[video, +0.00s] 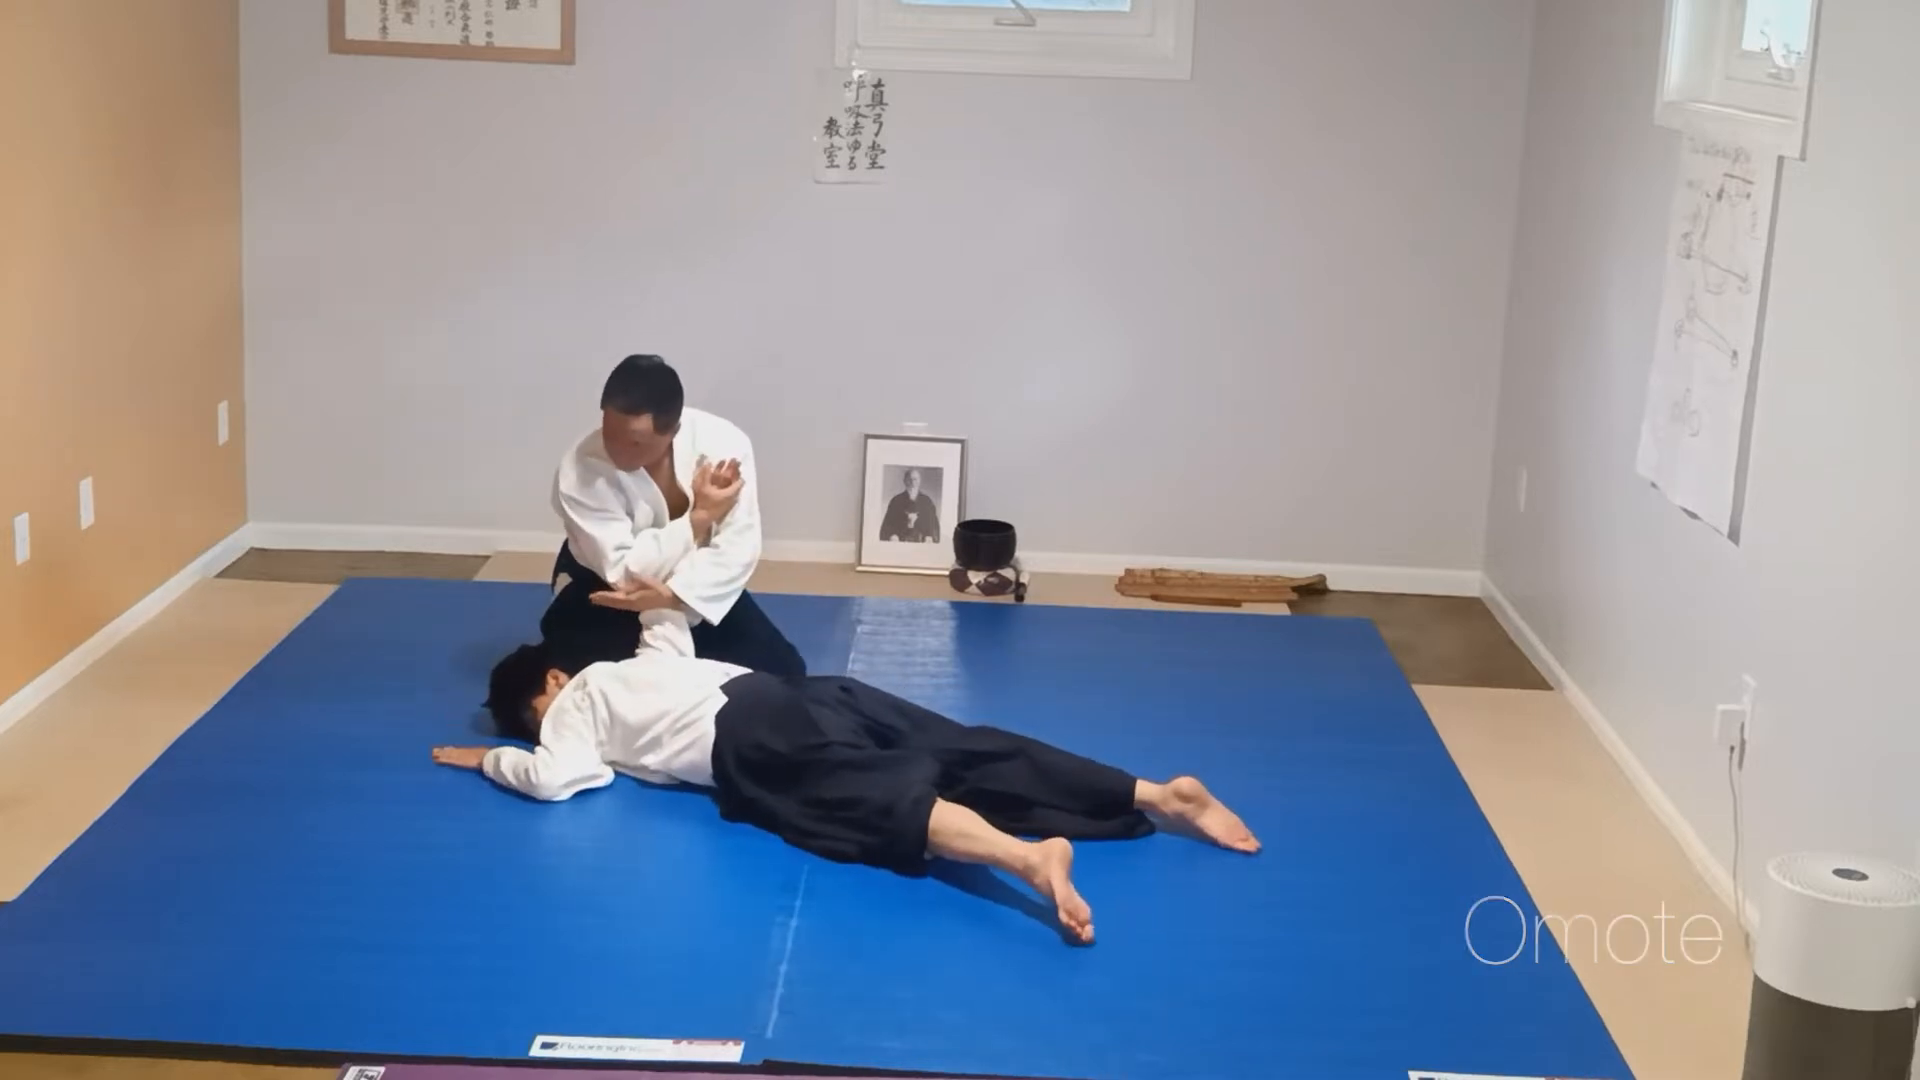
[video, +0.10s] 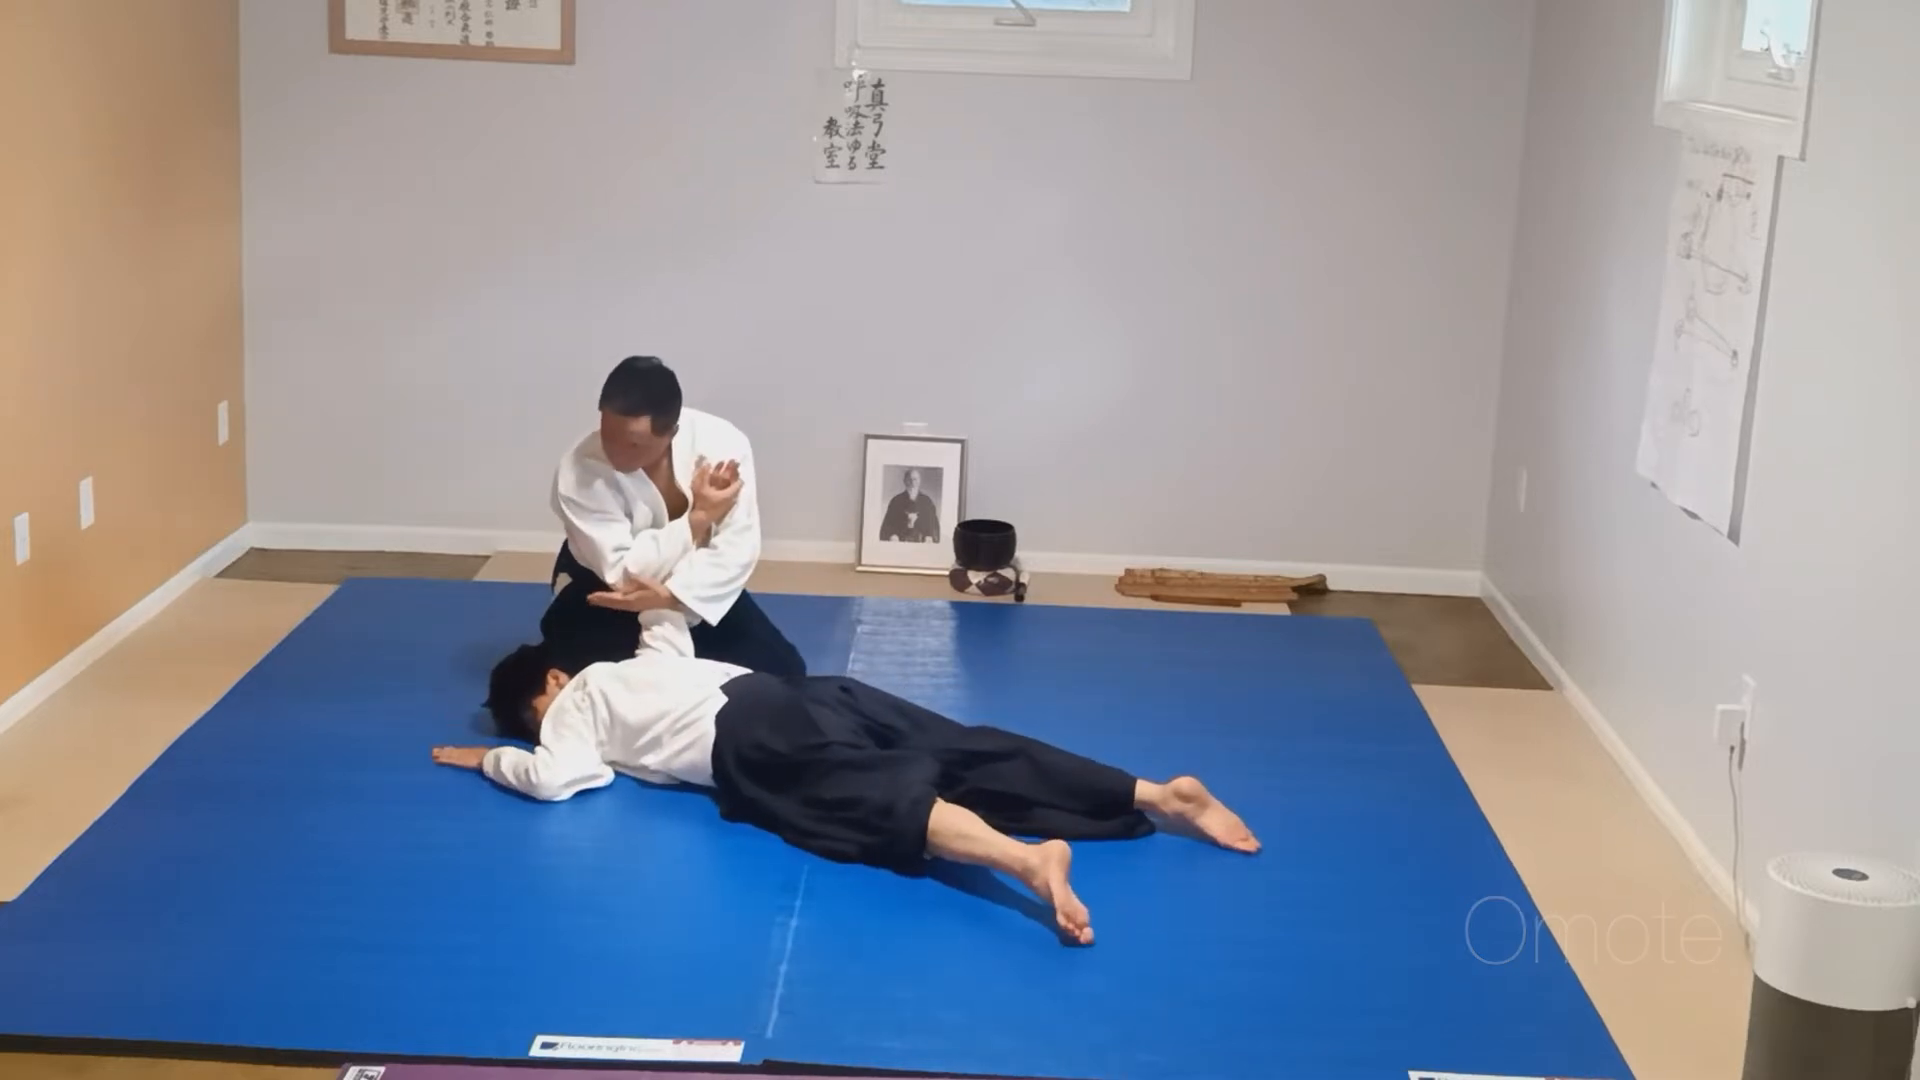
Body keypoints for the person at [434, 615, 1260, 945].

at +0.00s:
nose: (535, 727)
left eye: (528, 714)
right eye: (533, 714)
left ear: (546, 693)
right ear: (574, 665)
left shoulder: (578, 704)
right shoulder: (652, 653)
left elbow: (555, 777)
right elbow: (698, 651)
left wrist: (486, 758)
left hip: (750, 737)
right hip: (805, 688)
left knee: (890, 807)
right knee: (964, 747)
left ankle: (1026, 858)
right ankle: (1154, 793)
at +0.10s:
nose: (534, 720)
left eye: (526, 708)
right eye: (531, 708)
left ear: (546, 689)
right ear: (575, 664)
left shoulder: (574, 699)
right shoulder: (649, 657)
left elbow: (557, 778)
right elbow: (695, 667)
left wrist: (496, 759)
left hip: (750, 738)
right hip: (805, 688)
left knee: (887, 807)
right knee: (964, 749)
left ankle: (1026, 859)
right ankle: (1158, 795)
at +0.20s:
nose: (536, 721)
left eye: (527, 709)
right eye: (532, 710)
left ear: (549, 688)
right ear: (574, 661)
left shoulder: (576, 698)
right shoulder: (648, 658)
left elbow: (556, 777)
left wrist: (496, 759)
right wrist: (559, 726)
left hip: (752, 739)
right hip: (801, 688)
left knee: (885, 806)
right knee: (961, 747)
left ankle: (1024, 858)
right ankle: (1158, 797)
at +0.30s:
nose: (533, 723)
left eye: (526, 709)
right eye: (530, 710)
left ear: (549, 688)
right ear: (576, 663)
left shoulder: (577, 704)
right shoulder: (654, 654)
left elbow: (554, 778)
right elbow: (696, 664)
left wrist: (496, 758)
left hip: (752, 741)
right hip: (805, 690)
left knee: (890, 806)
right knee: (967, 748)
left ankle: (1026, 861)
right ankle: (1160, 796)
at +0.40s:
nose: (532, 725)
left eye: (526, 711)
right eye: (530, 712)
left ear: (549, 689)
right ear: (575, 664)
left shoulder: (577, 704)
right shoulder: (653, 655)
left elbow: (555, 777)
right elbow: (703, 668)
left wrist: (496, 757)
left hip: (752, 739)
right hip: (805, 689)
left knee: (889, 806)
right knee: (967, 748)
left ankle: (1026, 856)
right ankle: (1160, 796)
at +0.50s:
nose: (536, 724)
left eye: (530, 711)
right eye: (533, 710)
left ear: (550, 687)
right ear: (572, 665)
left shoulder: (580, 703)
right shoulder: (644, 647)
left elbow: (555, 777)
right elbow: (688, 641)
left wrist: (486, 757)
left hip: (745, 734)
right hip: (792, 685)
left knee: (881, 800)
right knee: (956, 744)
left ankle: (1025, 837)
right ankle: (1156, 797)